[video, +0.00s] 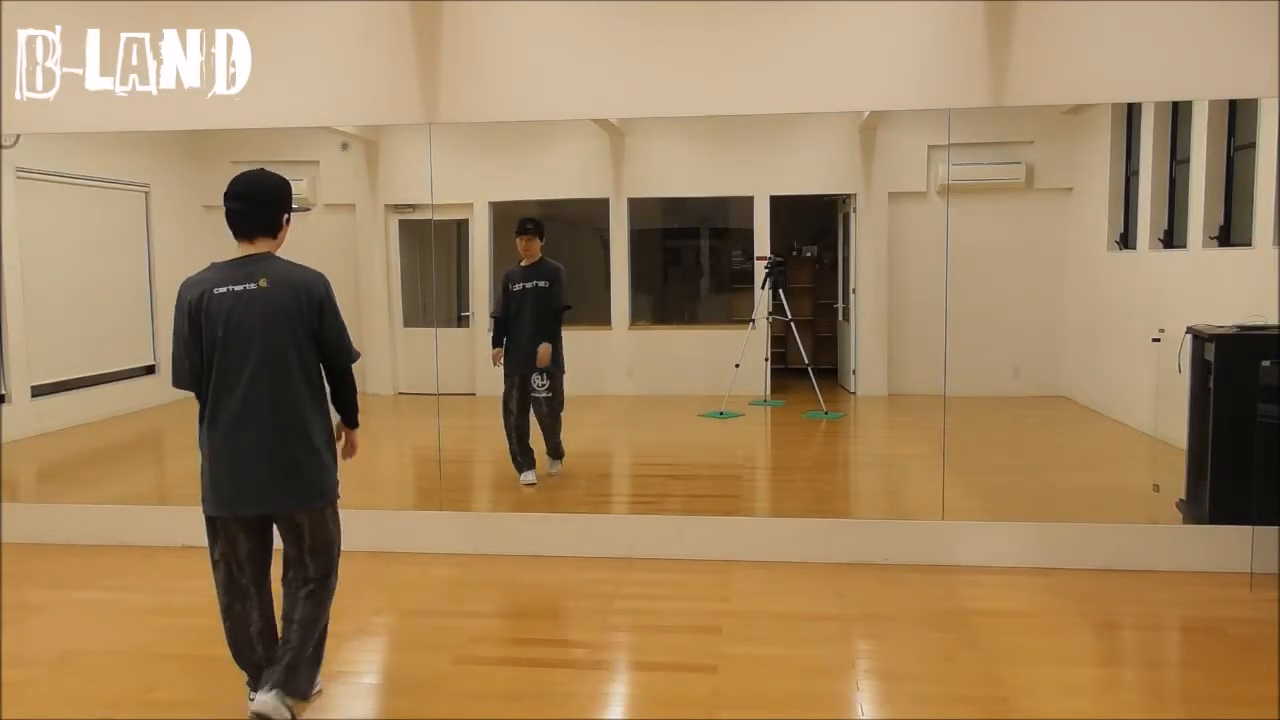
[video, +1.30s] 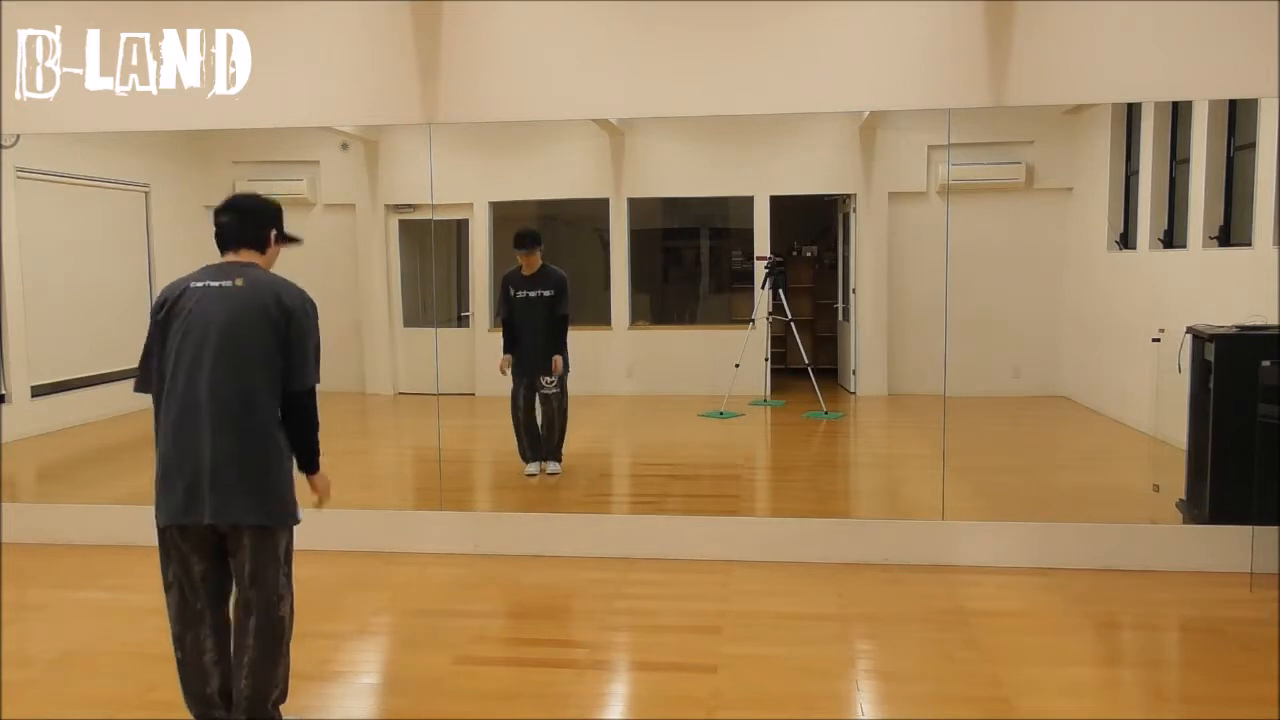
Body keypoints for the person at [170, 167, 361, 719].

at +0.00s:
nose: (290, 222)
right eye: (289, 215)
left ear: (230, 222)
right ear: (284, 222)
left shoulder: (196, 289)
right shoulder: (309, 284)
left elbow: (190, 377)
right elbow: (339, 363)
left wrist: (232, 399)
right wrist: (349, 419)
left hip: (229, 467)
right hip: (300, 463)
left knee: (239, 578)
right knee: (311, 569)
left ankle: (265, 680)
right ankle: (281, 687)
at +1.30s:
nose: (281, 250)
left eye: (280, 243)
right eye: (280, 242)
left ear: (219, 241)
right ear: (270, 242)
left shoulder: (174, 296)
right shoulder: (289, 300)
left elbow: (159, 391)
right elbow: (298, 399)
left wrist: (185, 460)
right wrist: (312, 467)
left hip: (180, 487)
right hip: (257, 486)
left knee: (194, 611)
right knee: (263, 605)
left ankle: (210, 711)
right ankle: (257, 710)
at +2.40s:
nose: (337, 304)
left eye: (338, 299)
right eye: (339, 299)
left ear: (289, 279)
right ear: (331, 289)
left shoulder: (231, 302)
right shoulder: (331, 308)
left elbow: (204, 387)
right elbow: (343, 396)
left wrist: (211, 452)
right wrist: (348, 469)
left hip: (212, 462)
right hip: (282, 462)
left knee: (218, 577)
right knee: (294, 578)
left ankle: (216, 688)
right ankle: (293, 692)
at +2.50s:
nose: (335, 318)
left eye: (337, 312)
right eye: (338, 311)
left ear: (289, 293)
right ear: (330, 300)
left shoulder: (239, 323)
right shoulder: (329, 331)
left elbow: (210, 414)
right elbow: (347, 416)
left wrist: (208, 495)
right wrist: (352, 497)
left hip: (228, 466)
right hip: (291, 468)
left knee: (256, 552)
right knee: (307, 587)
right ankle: (297, 692)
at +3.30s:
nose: (337, 291)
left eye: (338, 286)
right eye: (338, 285)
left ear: (289, 264)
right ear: (329, 275)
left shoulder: (237, 284)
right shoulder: (334, 294)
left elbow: (221, 361)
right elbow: (360, 378)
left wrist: (245, 414)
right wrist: (368, 443)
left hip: (233, 448)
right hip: (295, 451)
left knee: (257, 560)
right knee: (304, 571)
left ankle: (258, 649)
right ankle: (283, 688)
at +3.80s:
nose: (343, 288)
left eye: (341, 283)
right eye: (343, 282)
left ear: (289, 275)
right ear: (334, 279)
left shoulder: (244, 305)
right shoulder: (341, 310)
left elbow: (203, 379)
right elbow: (359, 377)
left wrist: (245, 381)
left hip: (246, 470)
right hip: (311, 468)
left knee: (248, 577)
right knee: (346, 557)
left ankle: (248, 676)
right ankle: (308, 625)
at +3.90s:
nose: (348, 268)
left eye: (346, 263)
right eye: (348, 262)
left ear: (293, 257)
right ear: (342, 261)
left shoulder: (250, 296)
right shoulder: (350, 292)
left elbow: (179, 346)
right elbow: (400, 330)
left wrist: (234, 335)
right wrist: (444, 341)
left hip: (261, 468)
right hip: (329, 467)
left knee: (254, 577)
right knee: (382, 563)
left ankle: (248, 676)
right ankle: (372, 661)